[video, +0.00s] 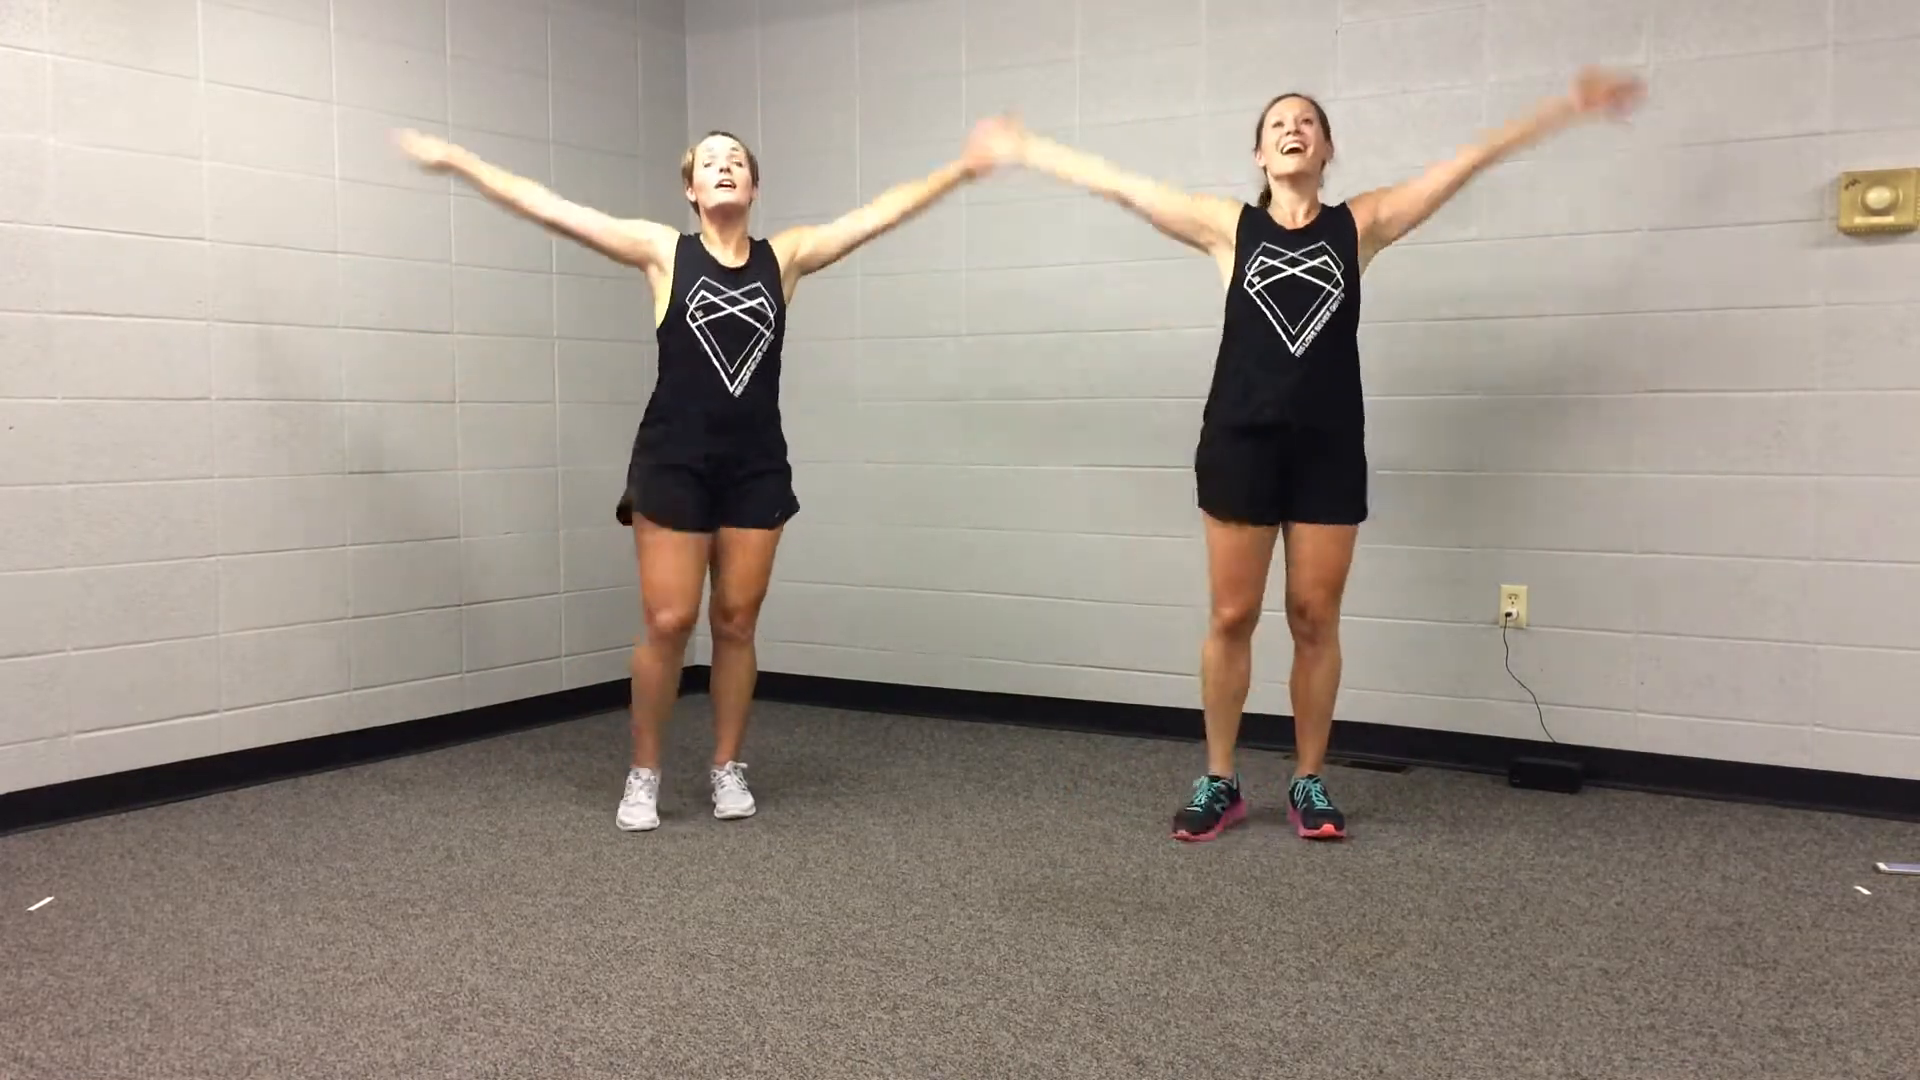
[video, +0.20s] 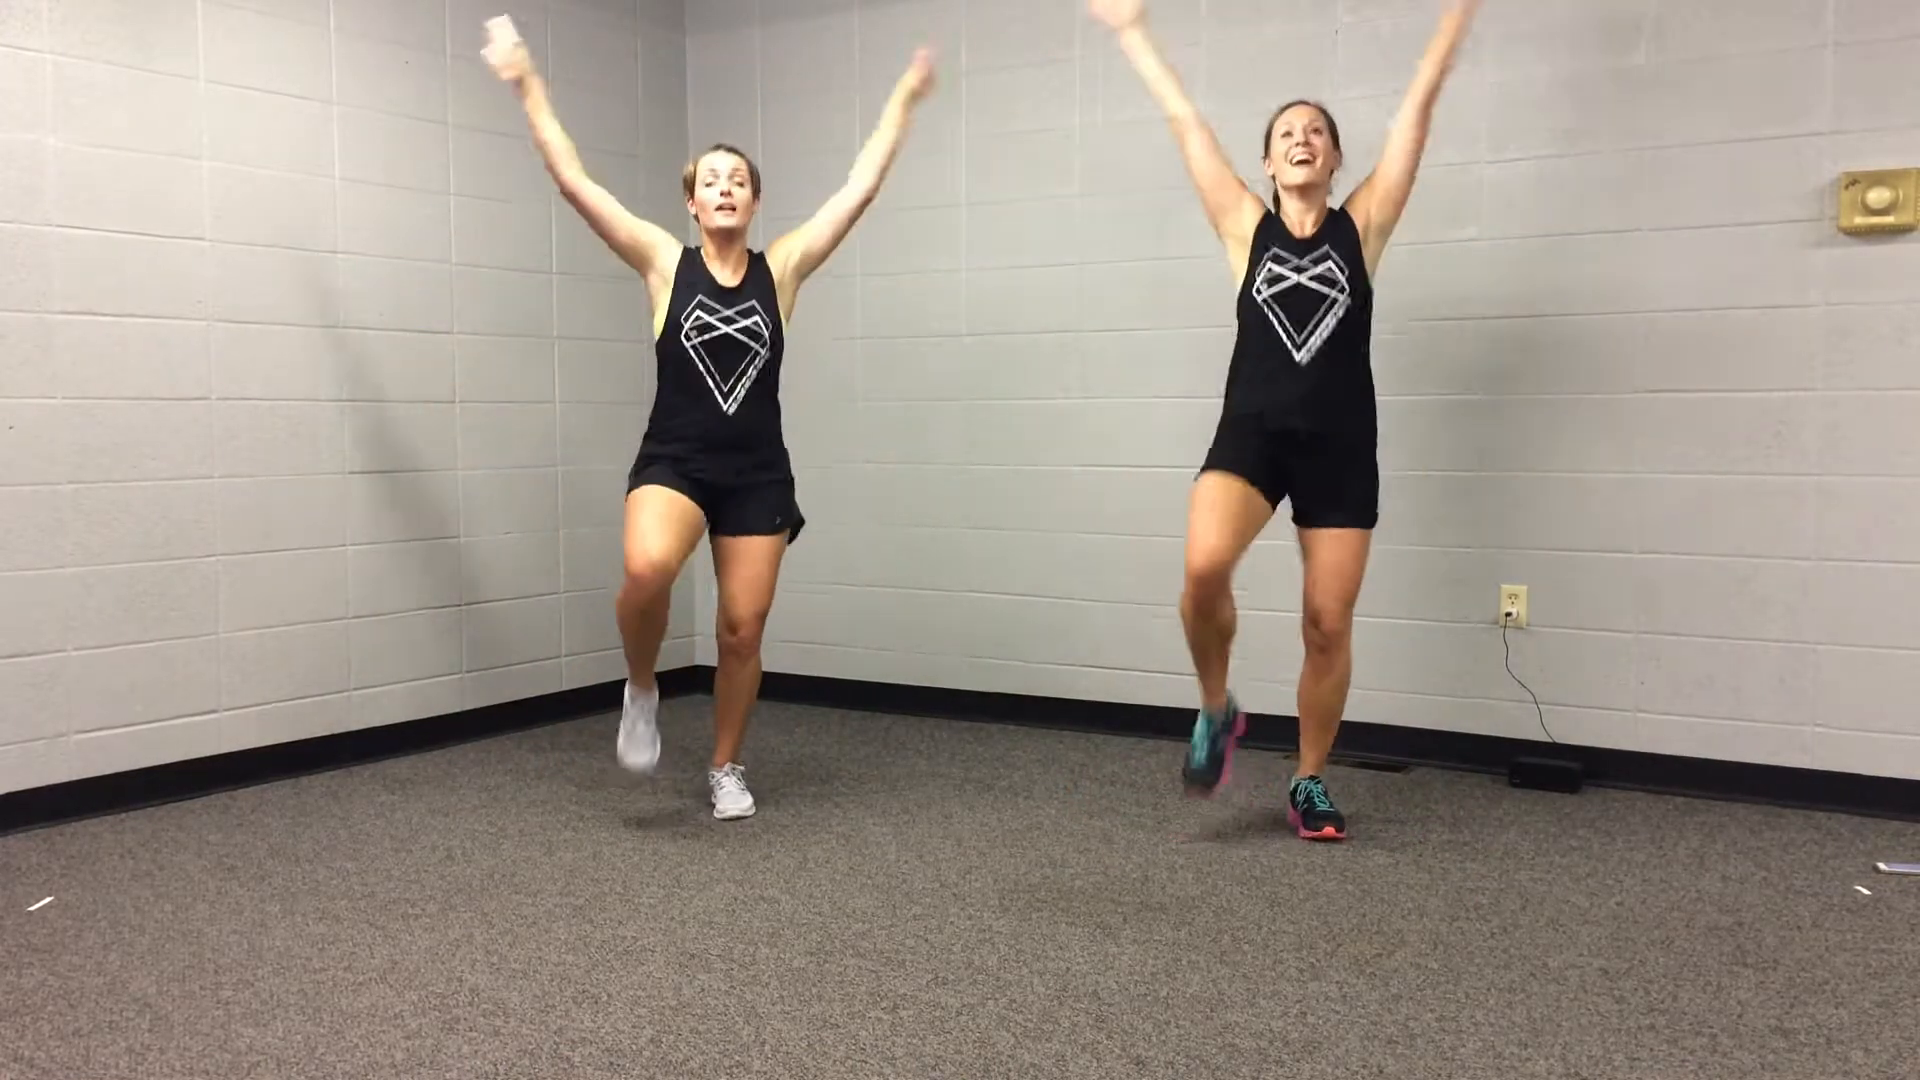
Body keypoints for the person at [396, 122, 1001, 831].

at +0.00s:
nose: (724, 167)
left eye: (736, 161)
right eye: (709, 163)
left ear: (755, 188)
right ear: (689, 192)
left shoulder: (785, 255)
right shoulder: (663, 250)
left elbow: (877, 214)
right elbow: (554, 209)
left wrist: (962, 168)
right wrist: (461, 160)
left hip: (756, 467)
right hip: (672, 465)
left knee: (736, 621)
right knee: (669, 621)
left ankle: (727, 768)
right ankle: (645, 774)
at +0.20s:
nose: (726, 192)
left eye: (738, 183)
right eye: (713, 182)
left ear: (756, 201)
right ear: (690, 200)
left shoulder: (782, 267)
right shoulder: (664, 261)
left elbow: (861, 187)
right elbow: (574, 180)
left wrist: (904, 99)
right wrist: (527, 81)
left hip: (756, 473)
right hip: (674, 465)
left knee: (743, 628)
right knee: (645, 573)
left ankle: (726, 765)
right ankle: (641, 697)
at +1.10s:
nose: (709, 211)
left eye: (721, 199)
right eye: (696, 198)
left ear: (738, 203)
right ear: (676, 200)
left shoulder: (767, 281)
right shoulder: (634, 273)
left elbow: (752, 382)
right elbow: (552, 332)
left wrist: (671, 416)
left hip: (729, 472)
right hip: (646, 471)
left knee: (730, 630)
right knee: (653, 633)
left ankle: (729, 766)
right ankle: (657, 774)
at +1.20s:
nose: (700, 230)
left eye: (714, 218)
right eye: (688, 216)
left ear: (730, 221)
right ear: (667, 215)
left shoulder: (756, 301)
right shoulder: (621, 295)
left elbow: (765, 405)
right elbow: (572, 394)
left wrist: (772, 506)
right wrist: (527, 485)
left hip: (723, 491)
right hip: (636, 492)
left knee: (754, 623)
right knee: (646, 637)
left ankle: (747, 752)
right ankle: (655, 777)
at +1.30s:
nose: (696, 229)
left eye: (711, 218)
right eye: (685, 214)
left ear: (725, 219)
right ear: (660, 210)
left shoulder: (748, 291)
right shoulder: (616, 295)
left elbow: (805, 383)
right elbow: (611, 405)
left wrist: (872, 458)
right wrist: (645, 497)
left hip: (726, 478)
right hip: (641, 481)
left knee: (771, 609)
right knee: (647, 642)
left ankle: (784, 767)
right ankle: (654, 776)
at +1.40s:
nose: (701, 221)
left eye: (715, 208)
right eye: (689, 204)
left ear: (730, 209)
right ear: (663, 198)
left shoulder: (752, 279)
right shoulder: (619, 282)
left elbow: (820, 346)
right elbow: (613, 389)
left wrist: (914, 352)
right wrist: (711, 387)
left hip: (744, 474)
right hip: (657, 481)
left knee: (780, 627)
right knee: (659, 641)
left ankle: (823, 790)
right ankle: (652, 776)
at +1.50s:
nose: (714, 230)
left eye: (726, 217)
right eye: (701, 214)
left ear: (739, 219)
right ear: (673, 212)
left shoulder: (757, 287)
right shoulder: (632, 288)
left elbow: (825, 346)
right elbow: (625, 394)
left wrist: (892, 292)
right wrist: (698, 325)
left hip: (768, 484)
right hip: (682, 494)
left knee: (798, 639)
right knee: (674, 660)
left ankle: (833, 812)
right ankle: (655, 780)